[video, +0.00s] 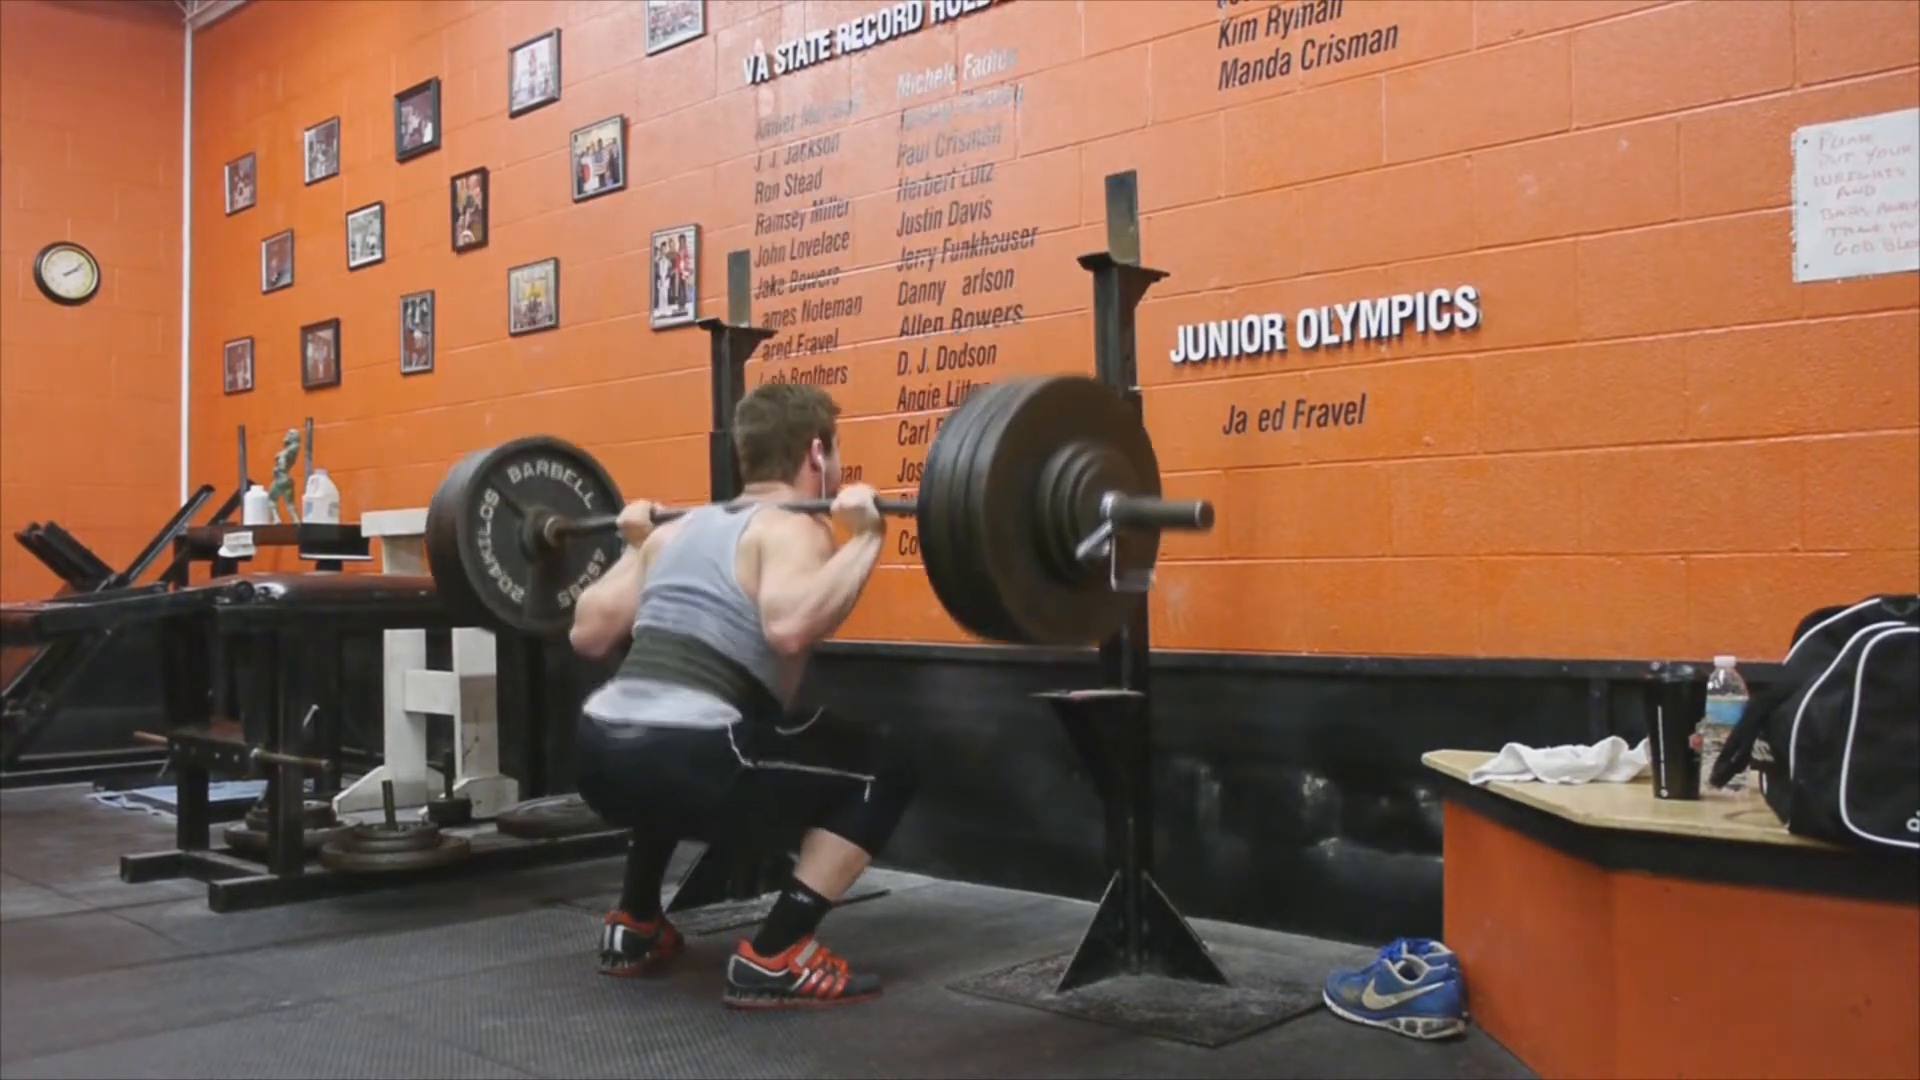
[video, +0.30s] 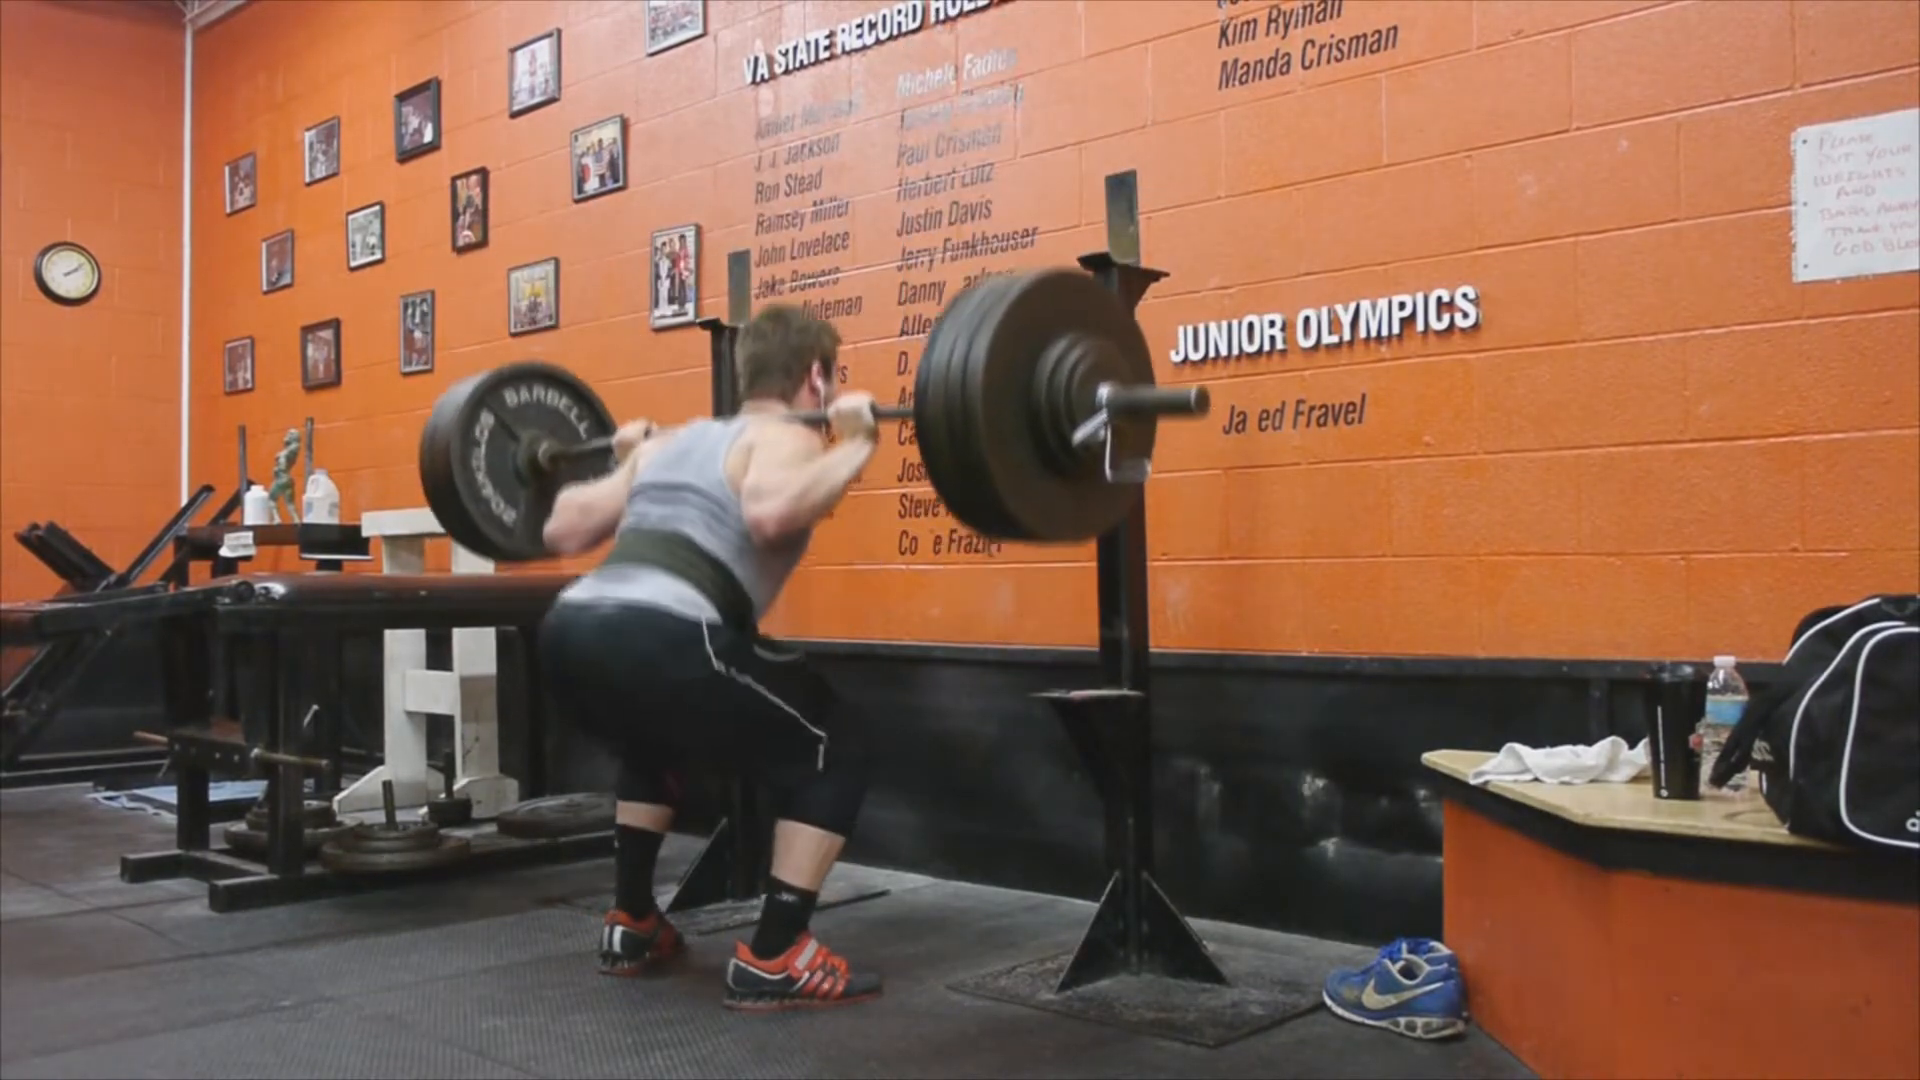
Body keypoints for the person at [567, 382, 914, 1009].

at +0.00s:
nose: (837, 466)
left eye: (837, 453)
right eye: (835, 452)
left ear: (746, 458)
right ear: (816, 456)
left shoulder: (678, 529)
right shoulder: (792, 528)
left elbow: (589, 633)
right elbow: (790, 626)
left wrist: (634, 545)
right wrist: (866, 538)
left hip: (606, 756)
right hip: (701, 762)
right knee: (885, 766)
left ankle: (636, 917)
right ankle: (777, 950)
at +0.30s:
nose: (837, 386)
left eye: (837, 374)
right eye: (834, 373)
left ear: (746, 379)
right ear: (810, 377)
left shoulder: (672, 443)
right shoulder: (788, 436)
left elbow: (561, 529)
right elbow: (770, 513)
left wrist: (626, 462)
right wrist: (857, 444)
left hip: (572, 630)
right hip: (669, 639)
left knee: (653, 737)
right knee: (831, 748)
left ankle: (632, 920)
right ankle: (775, 952)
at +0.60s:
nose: (828, 303)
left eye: (829, 290)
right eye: (827, 290)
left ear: (738, 293)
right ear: (808, 290)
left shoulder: (666, 361)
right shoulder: (782, 350)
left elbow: (564, 451)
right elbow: (766, 422)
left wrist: (616, 376)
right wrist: (853, 350)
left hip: (586, 560)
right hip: (681, 567)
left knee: (657, 723)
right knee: (817, 724)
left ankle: (633, 921)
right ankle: (775, 948)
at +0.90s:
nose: (827, 201)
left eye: (825, 187)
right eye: (827, 188)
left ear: (741, 187)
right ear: (807, 185)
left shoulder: (673, 265)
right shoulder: (785, 247)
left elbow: (581, 364)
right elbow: (776, 321)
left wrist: (615, 284)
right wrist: (856, 246)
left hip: (628, 491)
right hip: (710, 498)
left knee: (658, 704)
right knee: (783, 708)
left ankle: (632, 919)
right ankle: (772, 945)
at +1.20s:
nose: (827, 202)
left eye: (825, 188)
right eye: (826, 189)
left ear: (741, 187)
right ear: (806, 185)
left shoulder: (669, 267)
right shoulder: (784, 247)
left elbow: (581, 368)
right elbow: (779, 327)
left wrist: (615, 287)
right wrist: (854, 249)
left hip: (634, 500)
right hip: (716, 505)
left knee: (661, 708)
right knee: (787, 712)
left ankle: (632, 917)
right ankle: (773, 945)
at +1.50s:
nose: (833, 294)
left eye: (830, 280)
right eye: (830, 281)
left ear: (743, 285)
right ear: (808, 283)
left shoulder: (676, 359)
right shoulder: (788, 347)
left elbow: (580, 463)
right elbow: (786, 434)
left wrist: (624, 381)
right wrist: (861, 351)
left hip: (605, 578)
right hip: (691, 585)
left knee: (662, 725)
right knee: (838, 734)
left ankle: (633, 920)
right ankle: (776, 947)